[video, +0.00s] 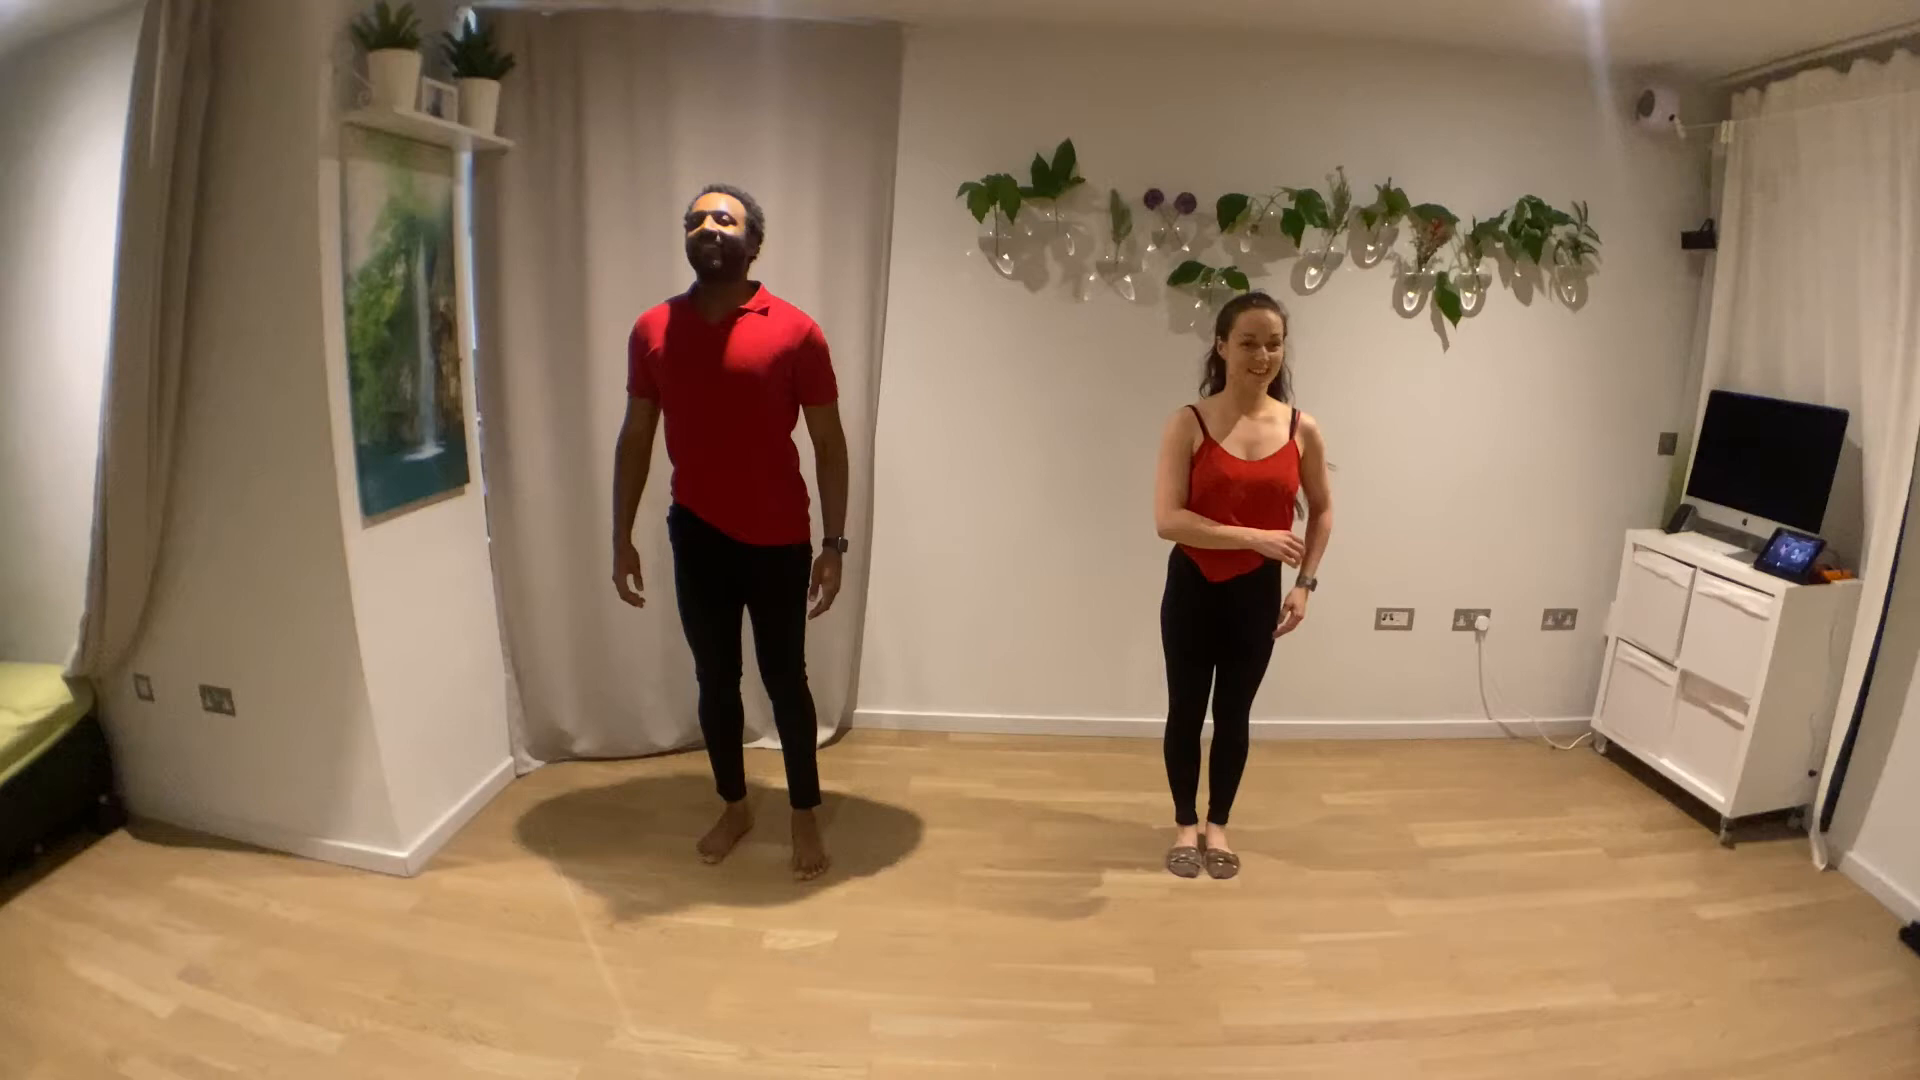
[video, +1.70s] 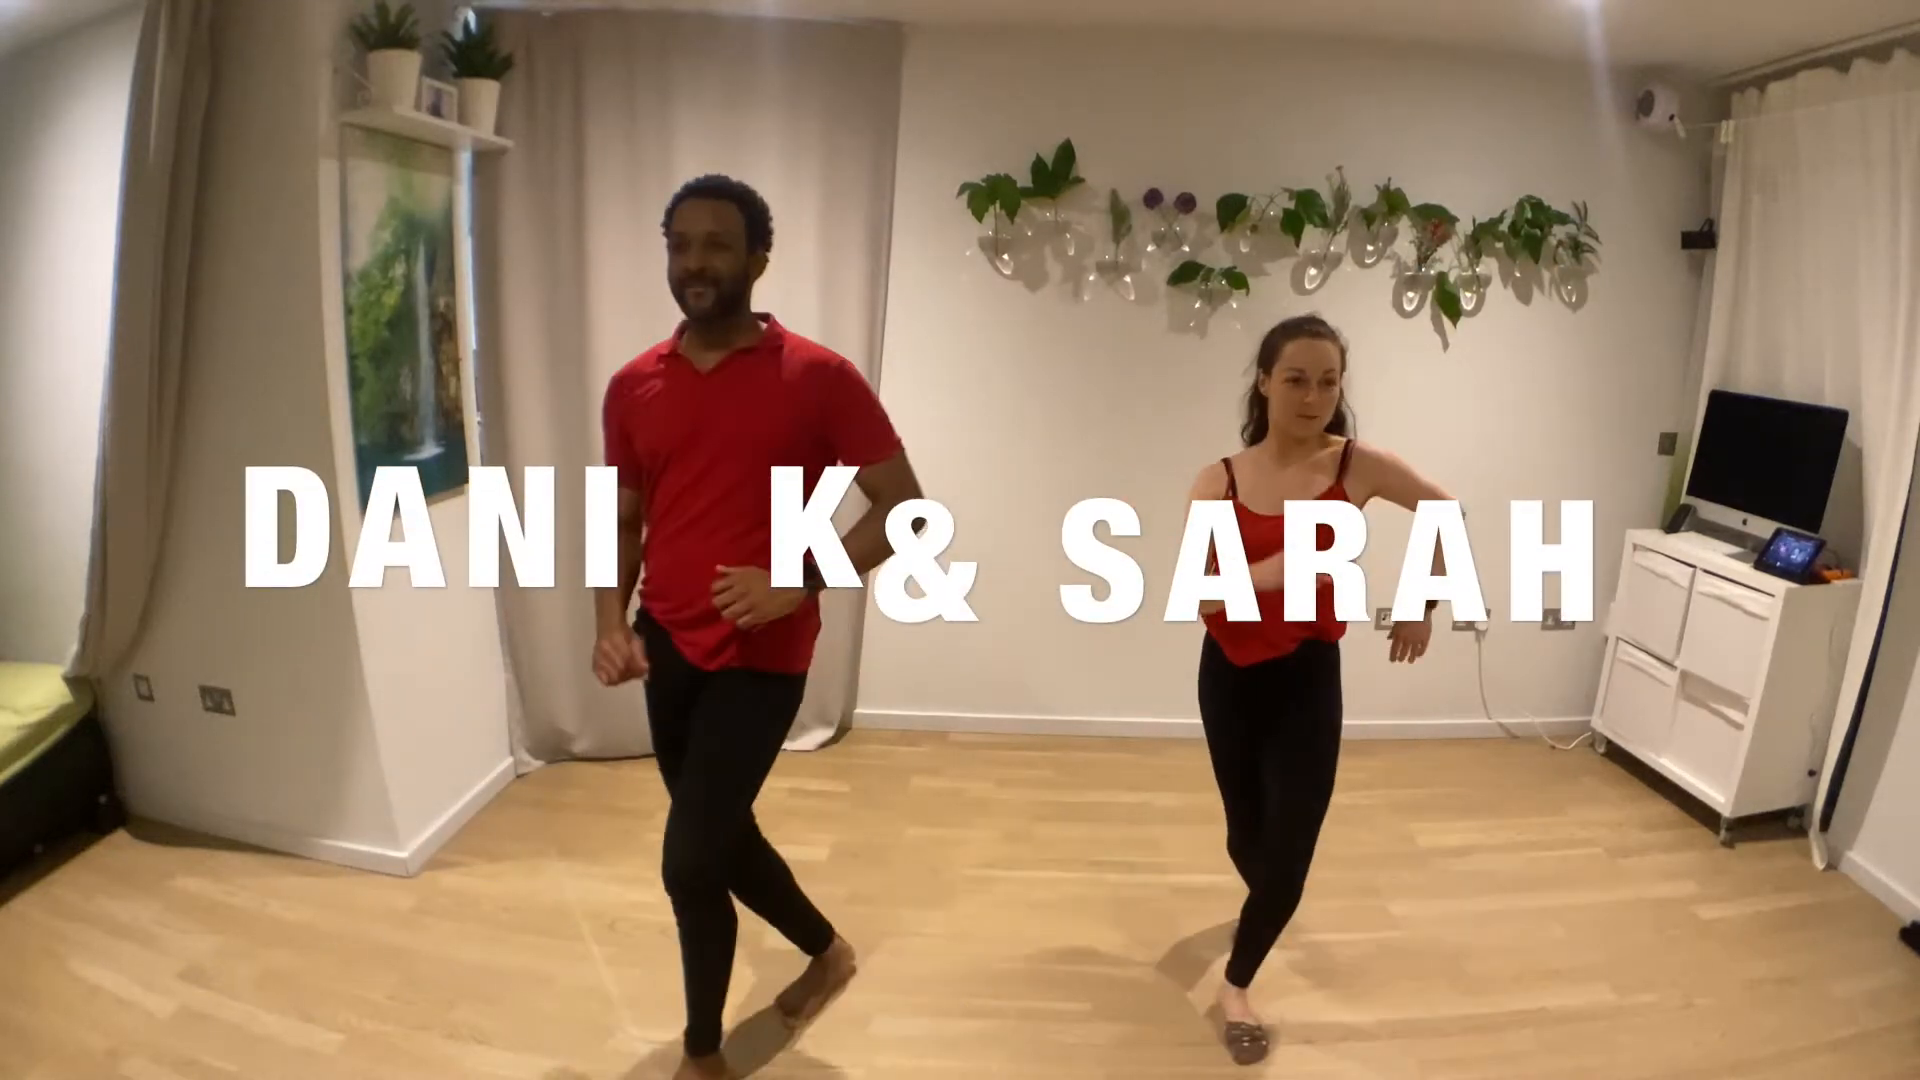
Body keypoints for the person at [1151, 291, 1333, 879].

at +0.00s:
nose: (1263, 355)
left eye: (1273, 344)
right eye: (1250, 343)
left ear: (1285, 350)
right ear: (1222, 347)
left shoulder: (1301, 430)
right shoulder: (1189, 422)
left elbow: (1321, 511)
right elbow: (1167, 519)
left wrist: (1304, 585)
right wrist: (1253, 537)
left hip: (1257, 590)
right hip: (1192, 586)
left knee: (1233, 714)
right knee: (1186, 710)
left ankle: (1216, 828)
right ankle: (1186, 829)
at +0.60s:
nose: (1271, 362)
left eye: (1283, 350)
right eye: (1259, 348)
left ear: (1295, 355)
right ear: (1231, 349)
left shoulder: (1310, 426)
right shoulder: (1195, 428)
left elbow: (1356, 487)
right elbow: (1177, 526)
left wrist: (1346, 541)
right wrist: (1201, 604)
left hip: (1270, 592)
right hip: (1204, 589)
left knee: (1241, 724)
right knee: (1200, 721)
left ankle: (1215, 836)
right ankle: (1187, 832)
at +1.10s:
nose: (1297, 367)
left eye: (1309, 355)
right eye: (1283, 352)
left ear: (1321, 363)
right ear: (1253, 355)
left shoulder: (1331, 449)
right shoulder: (1211, 426)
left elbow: (1344, 540)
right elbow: (1131, 470)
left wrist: (1325, 548)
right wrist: (1136, 540)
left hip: (1300, 617)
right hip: (1230, 614)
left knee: (1267, 754)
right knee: (1250, 765)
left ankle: (1224, 822)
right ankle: (1255, 897)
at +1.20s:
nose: (1303, 369)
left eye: (1316, 357)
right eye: (1289, 355)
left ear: (1328, 364)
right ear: (1258, 358)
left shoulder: (1341, 456)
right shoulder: (1218, 431)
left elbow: (1341, 560)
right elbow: (1134, 460)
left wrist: (1313, 632)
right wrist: (1145, 496)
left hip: (1304, 625)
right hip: (1231, 623)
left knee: (1291, 775)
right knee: (1245, 775)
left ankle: (1231, 822)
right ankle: (1256, 903)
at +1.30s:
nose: (1308, 376)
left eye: (1321, 364)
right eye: (1293, 361)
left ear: (1334, 373)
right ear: (1262, 366)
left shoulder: (1351, 466)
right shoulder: (1218, 446)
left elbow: (1363, 584)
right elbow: (1114, 484)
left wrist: (1346, 676)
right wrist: (1165, 479)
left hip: (1303, 642)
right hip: (1229, 639)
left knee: (1304, 800)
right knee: (1242, 789)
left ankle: (1258, 822)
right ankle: (1257, 898)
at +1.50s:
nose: (1312, 389)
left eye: (1326, 376)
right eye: (1297, 374)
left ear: (1340, 384)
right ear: (1267, 377)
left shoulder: (1359, 472)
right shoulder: (1223, 469)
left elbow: (1423, 557)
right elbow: (1154, 549)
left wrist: (1402, 651)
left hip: (1302, 655)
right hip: (1225, 651)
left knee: (1285, 802)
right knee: (1239, 800)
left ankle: (1283, 926)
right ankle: (1265, 909)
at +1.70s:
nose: (1313, 394)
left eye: (1328, 381)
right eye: (1297, 379)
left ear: (1340, 390)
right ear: (1263, 383)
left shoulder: (1359, 465)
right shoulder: (1221, 480)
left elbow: (1443, 511)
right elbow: (1194, 588)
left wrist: (1419, 605)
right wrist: (1276, 575)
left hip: (1310, 675)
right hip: (1230, 675)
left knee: (1285, 857)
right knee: (1244, 836)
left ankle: (1236, 987)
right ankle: (1276, 904)